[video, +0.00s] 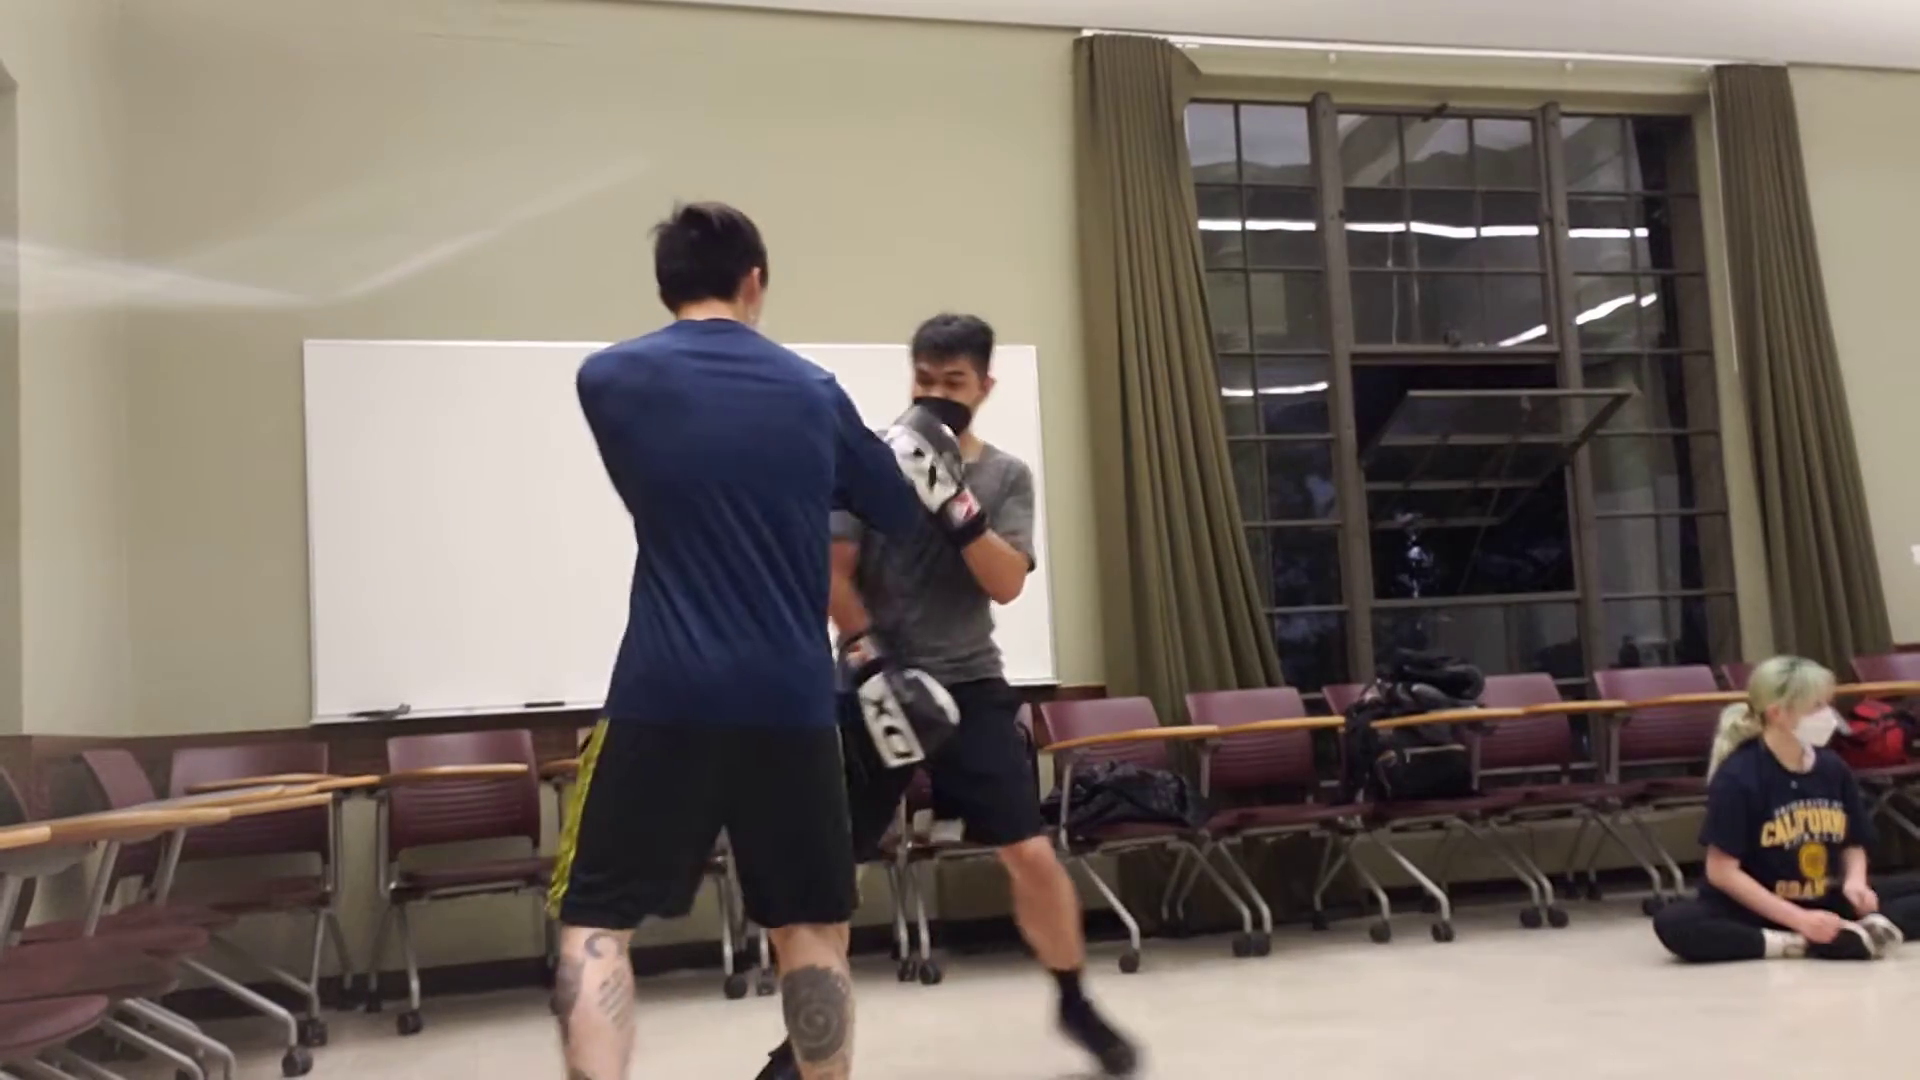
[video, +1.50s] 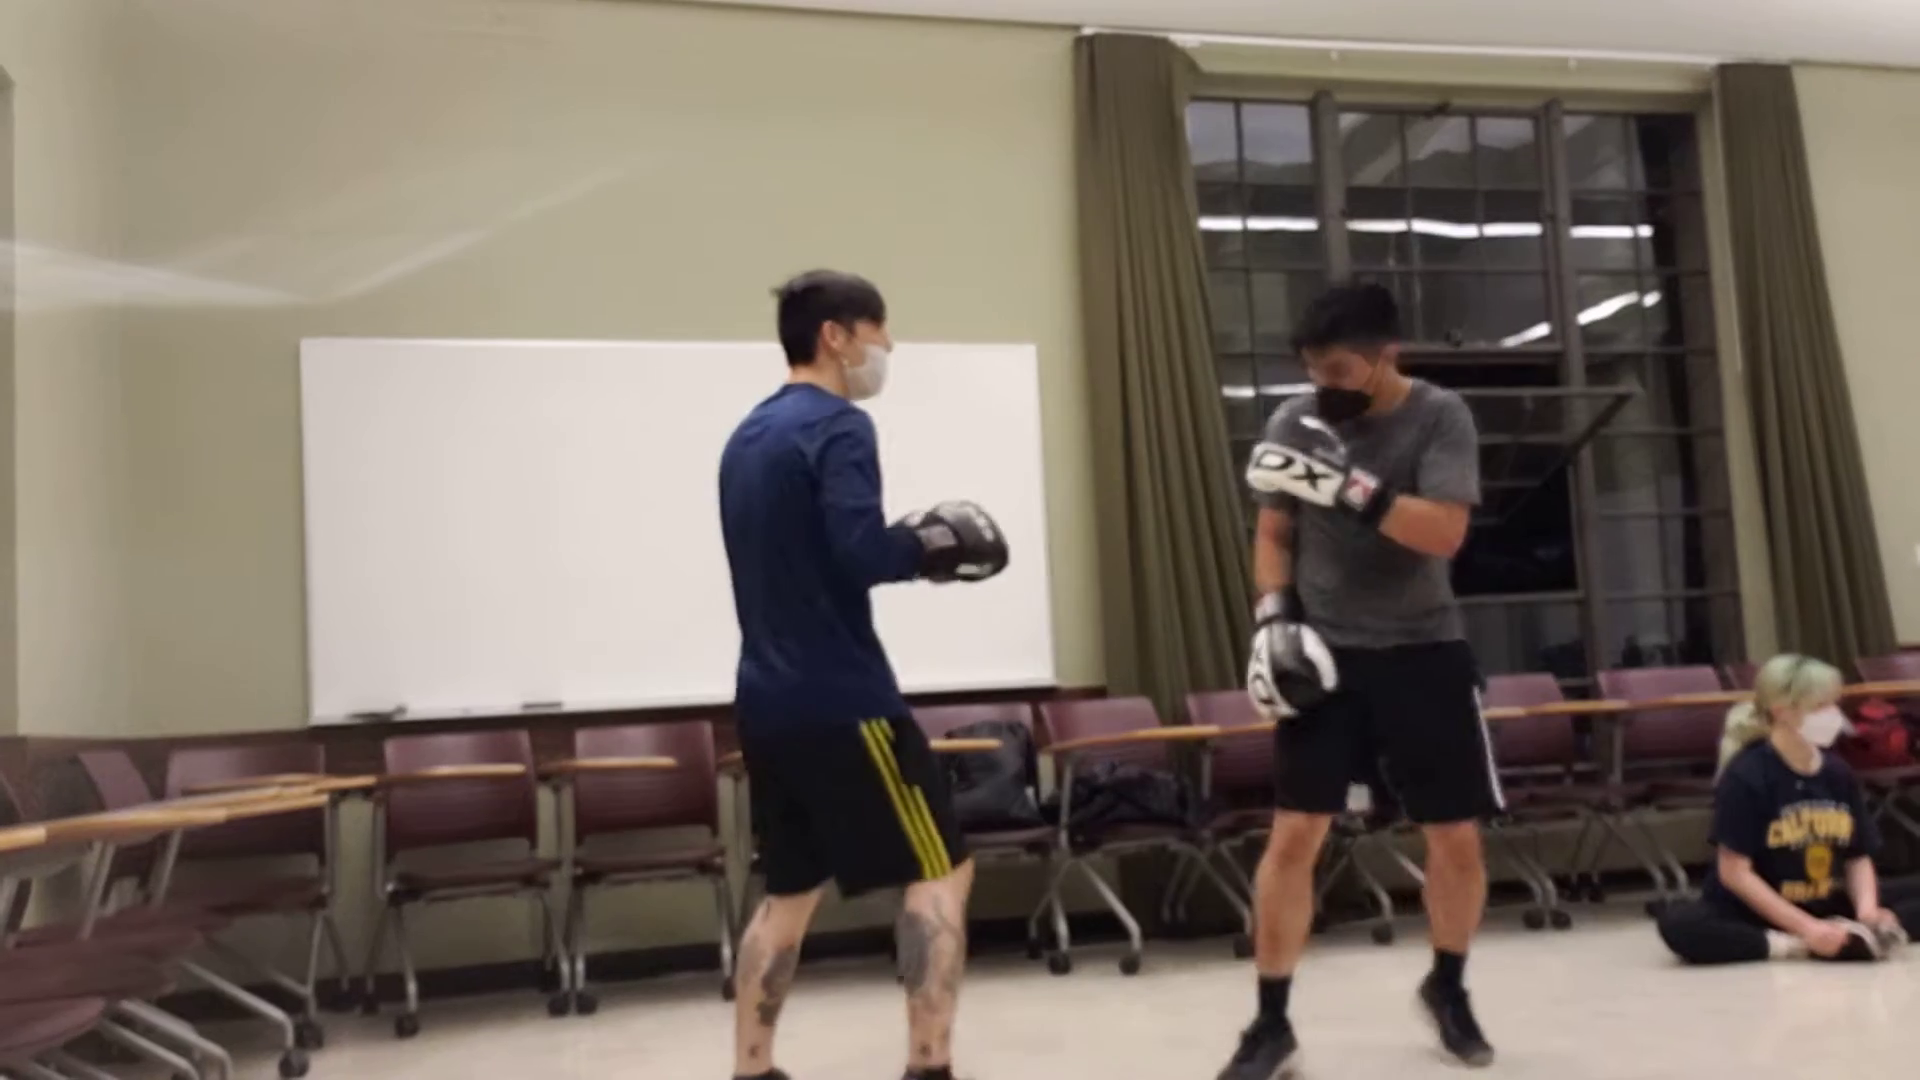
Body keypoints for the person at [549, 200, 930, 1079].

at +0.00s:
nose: (765, 292)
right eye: (765, 281)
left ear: (665, 289)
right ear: (755, 282)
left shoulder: (607, 378)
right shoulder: (810, 390)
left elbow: (679, 481)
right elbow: (898, 510)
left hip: (664, 698)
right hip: (791, 703)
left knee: (596, 924)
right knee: (811, 933)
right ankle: (819, 1076)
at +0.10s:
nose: (776, 307)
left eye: (773, 298)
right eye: (776, 295)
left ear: (676, 299)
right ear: (763, 291)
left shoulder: (619, 380)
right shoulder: (815, 384)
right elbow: (873, 509)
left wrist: (705, 337)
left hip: (672, 698)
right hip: (795, 698)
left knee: (630, 935)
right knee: (817, 939)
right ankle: (823, 1074)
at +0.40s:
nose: (753, 317)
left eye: (749, 304)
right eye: (753, 303)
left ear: (655, 305)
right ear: (737, 298)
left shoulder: (593, 403)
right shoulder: (793, 396)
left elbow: (642, 507)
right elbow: (856, 556)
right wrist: (758, 519)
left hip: (662, 714)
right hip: (786, 707)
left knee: (658, 939)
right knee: (834, 917)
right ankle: (842, 1073)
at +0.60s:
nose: (793, 319)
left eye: (794, 301)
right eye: (785, 299)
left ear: (706, 302)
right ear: (732, 295)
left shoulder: (612, 411)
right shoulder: (795, 402)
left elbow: (693, 518)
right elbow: (847, 550)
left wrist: (839, 483)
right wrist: (890, 502)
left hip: (665, 713)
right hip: (787, 706)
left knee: (667, 931)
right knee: (858, 906)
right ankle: (912, 1072)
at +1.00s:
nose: (895, 341)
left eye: (900, 325)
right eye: (895, 323)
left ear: (803, 316)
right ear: (861, 314)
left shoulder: (740, 410)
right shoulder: (875, 416)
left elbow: (815, 493)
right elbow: (948, 539)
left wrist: (899, 417)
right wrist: (991, 444)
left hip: (757, 703)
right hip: (866, 703)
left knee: (744, 892)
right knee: (907, 909)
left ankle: (689, 1047)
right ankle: (938, 1070)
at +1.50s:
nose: (887, 351)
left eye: (885, 335)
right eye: (878, 335)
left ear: (816, 342)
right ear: (833, 337)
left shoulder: (747, 436)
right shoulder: (838, 427)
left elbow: (791, 572)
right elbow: (859, 557)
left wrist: (910, 546)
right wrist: (935, 541)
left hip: (767, 704)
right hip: (846, 702)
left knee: (793, 885)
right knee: (939, 870)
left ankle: (752, 1068)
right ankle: (930, 1066)